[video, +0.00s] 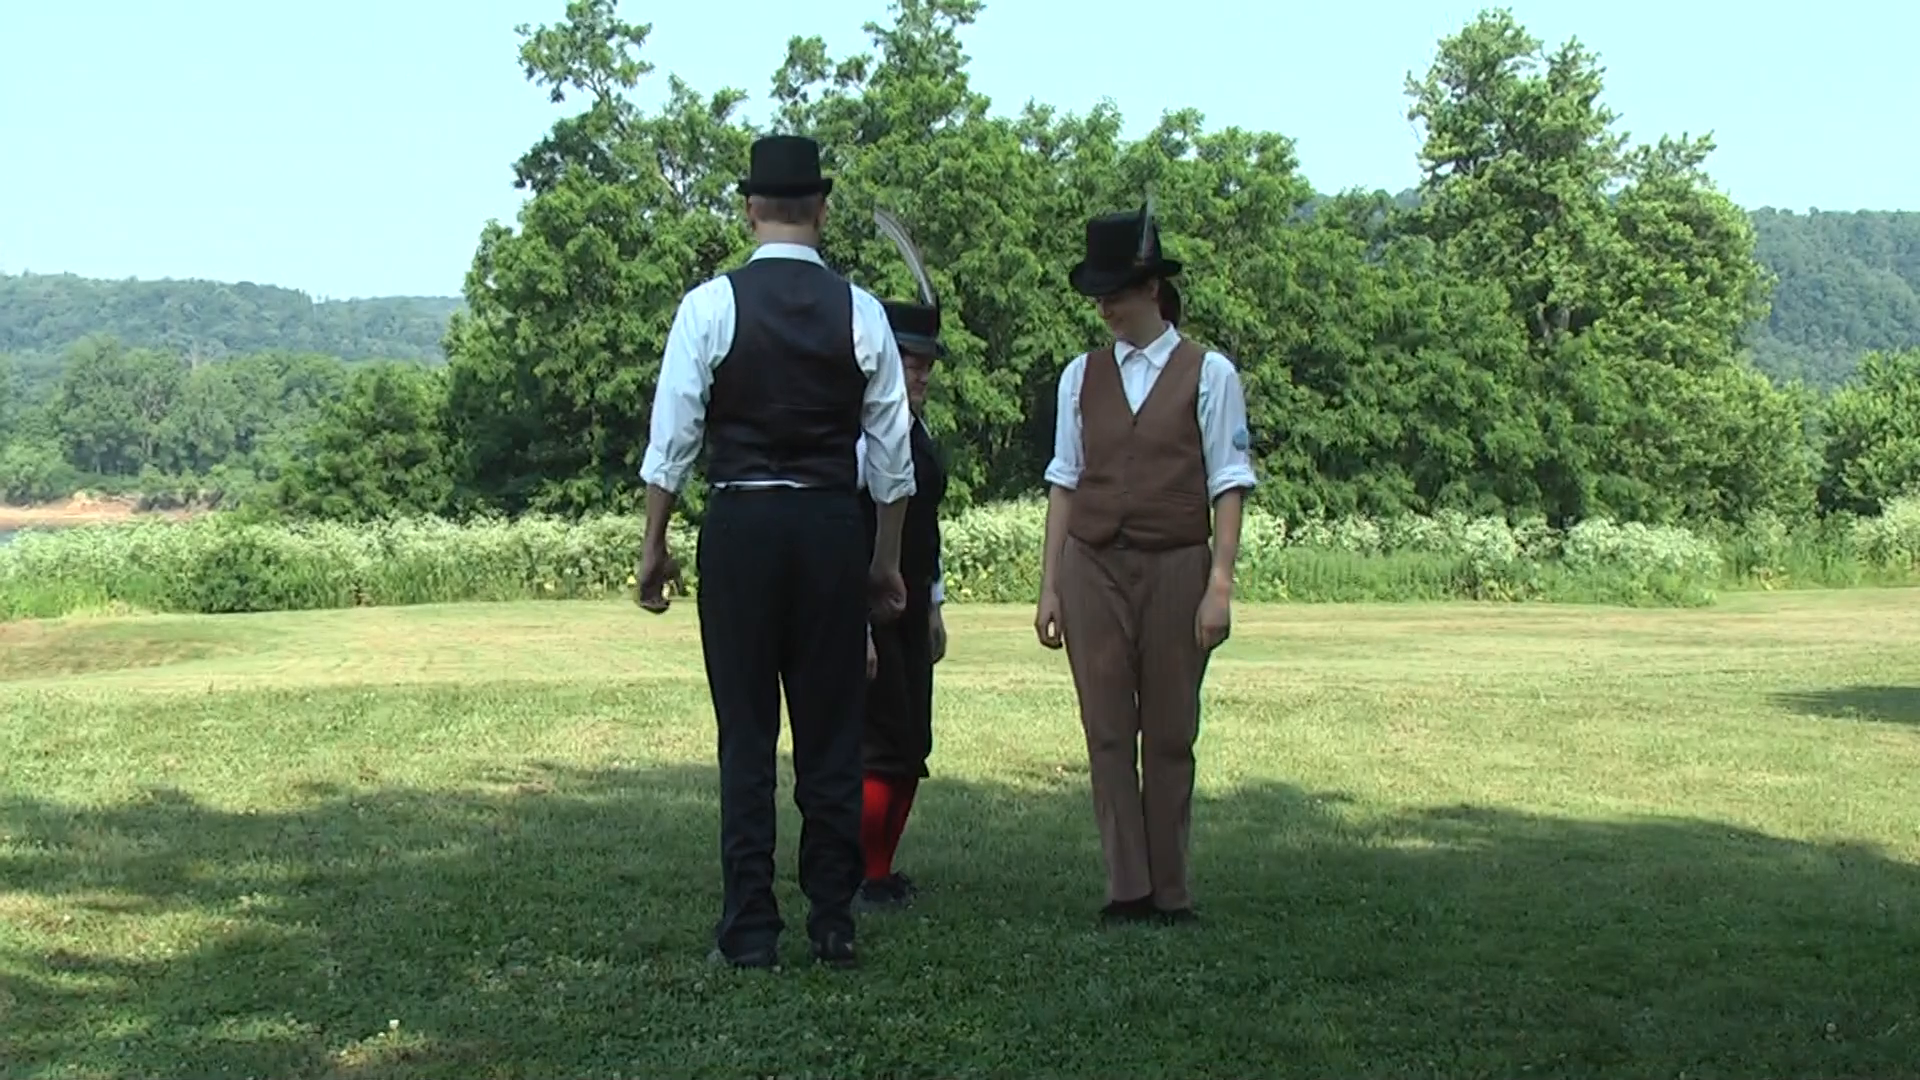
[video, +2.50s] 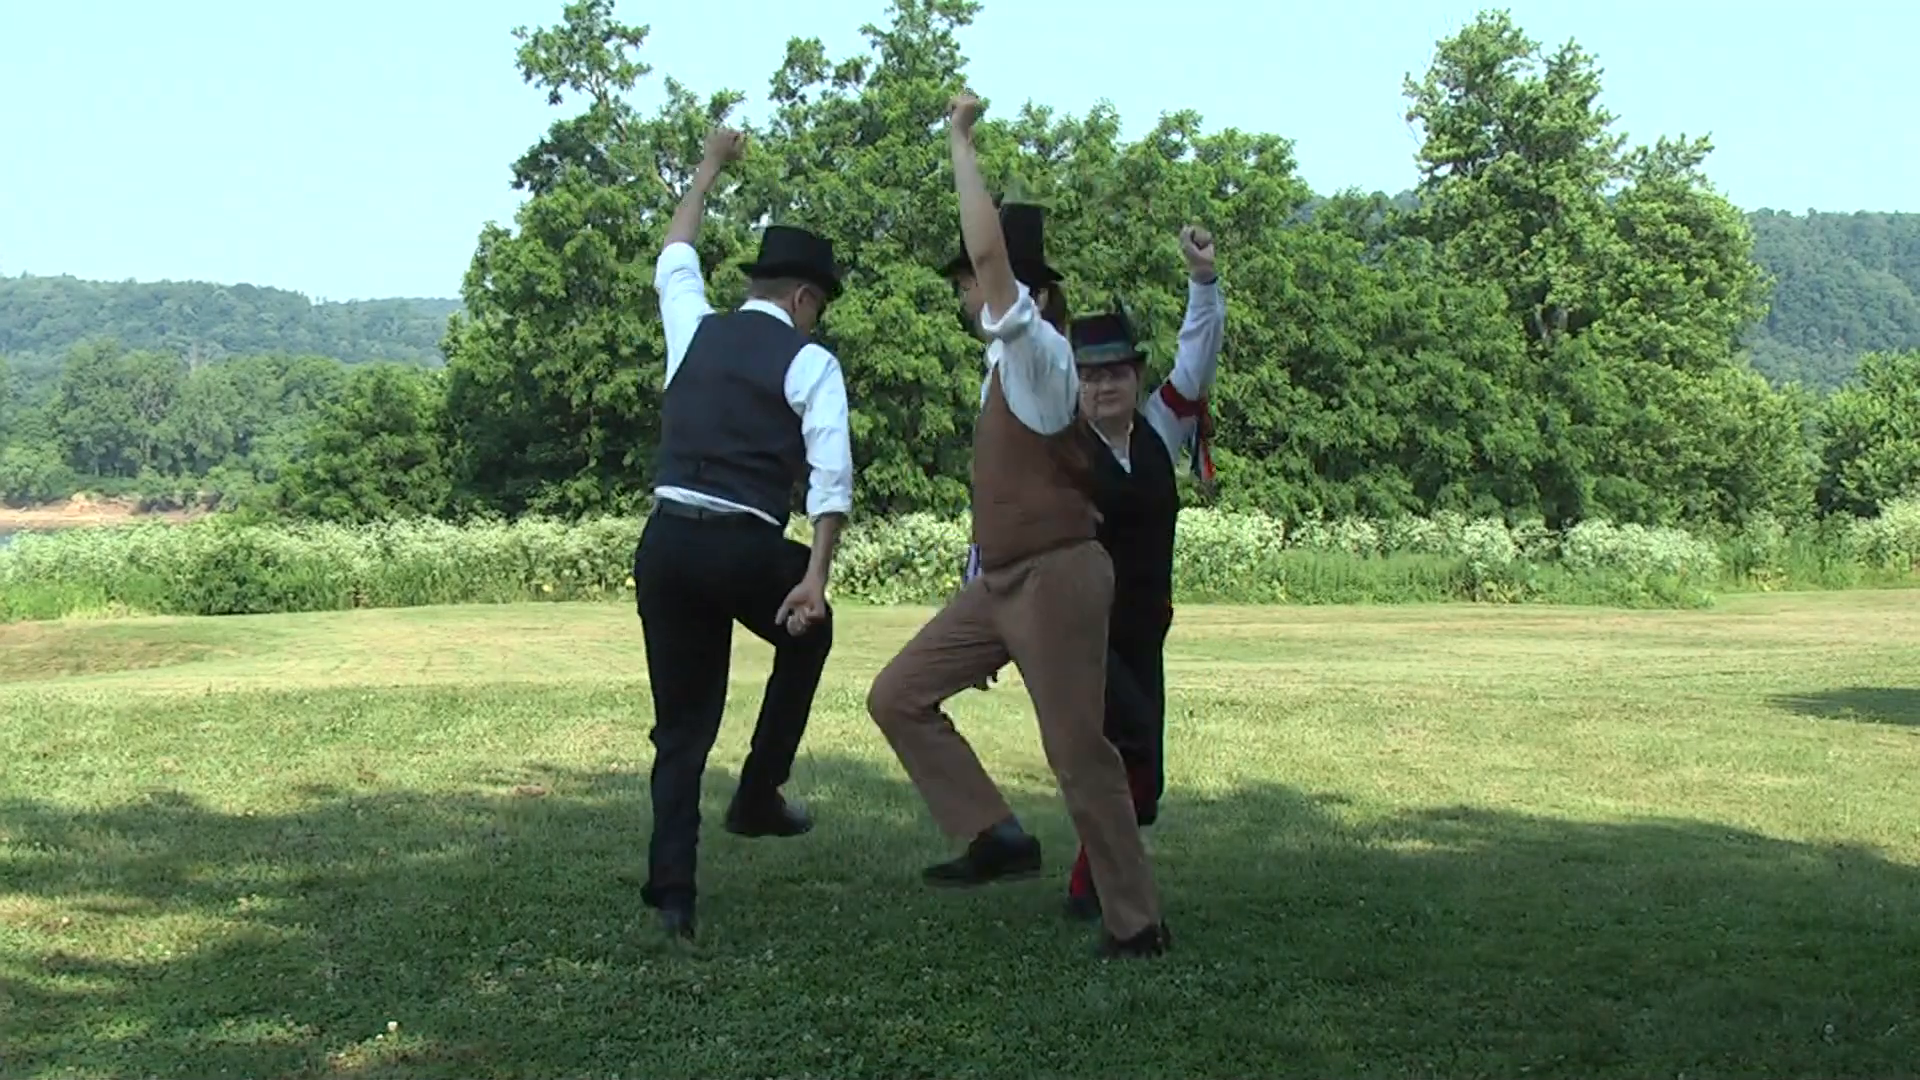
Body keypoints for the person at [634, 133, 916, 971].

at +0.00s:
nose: (797, 215)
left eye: (755, 204)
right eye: (813, 204)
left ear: (749, 210)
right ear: (822, 209)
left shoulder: (710, 304)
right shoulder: (863, 311)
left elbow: (674, 428)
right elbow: (893, 443)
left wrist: (654, 541)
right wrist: (887, 556)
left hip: (739, 536)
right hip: (835, 534)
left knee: (745, 739)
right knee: (831, 736)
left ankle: (749, 930)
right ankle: (834, 926)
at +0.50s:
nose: (772, 222)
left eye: (749, 211)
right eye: (803, 210)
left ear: (742, 215)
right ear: (815, 214)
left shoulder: (710, 305)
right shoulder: (859, 309)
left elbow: (676, 433)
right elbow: (892, 441)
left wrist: (656, 545)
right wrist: (886, 545)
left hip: (742, 535)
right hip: (836, 533)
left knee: (745, 738)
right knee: (833, 733)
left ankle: (749, 929)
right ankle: (835, 923)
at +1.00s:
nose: (753, 222)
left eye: (745, 212)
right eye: (797, 212)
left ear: (742, 218)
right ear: (814, 216)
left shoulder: (708, 307)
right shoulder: (859, 312)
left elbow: (671, 432)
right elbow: (893, 445)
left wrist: (650, 544)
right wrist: (890, 551)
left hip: (738, 537)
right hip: (834, 535)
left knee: (741, 741)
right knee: (831, 737)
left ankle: (748, 929)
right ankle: (835, 923)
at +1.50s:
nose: (765, 230)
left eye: (753, 220)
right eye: (807, 220)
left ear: (748, 224)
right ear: (823, 225)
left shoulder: (714, 308)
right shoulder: (863, 318)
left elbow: (664, 415)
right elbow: (895, 457)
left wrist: (598, 507)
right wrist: (885, 562)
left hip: (740, 527)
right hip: (836, 533)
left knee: (718, 711)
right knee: (830, 720)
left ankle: (736, 899)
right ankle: (831, 920)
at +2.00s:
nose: (761, 244)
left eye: (752, 234)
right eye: (761, 234)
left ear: (689, 241)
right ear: (751, 239)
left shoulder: (651, 308)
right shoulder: (789, 321)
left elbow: (599, 232)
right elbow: (836, 433)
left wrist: (579, 152)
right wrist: (852, 536)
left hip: (684, 529)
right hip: (775, 528)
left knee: (692, 722)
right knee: (773, 628)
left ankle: (697, 917)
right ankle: (771, 784)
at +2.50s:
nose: (819, 316)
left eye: (818, 303)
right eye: (819, 302)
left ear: (753, 285)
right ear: (802, 297)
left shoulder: (694, 328)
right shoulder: (811, 361)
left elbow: (676, 250)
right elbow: (830, 473)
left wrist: (710, 164)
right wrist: (816, 570)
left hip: (665, 541)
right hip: (745, 548)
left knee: (681, 724)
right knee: (809, 631)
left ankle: (672, 897)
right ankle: (758, 797)